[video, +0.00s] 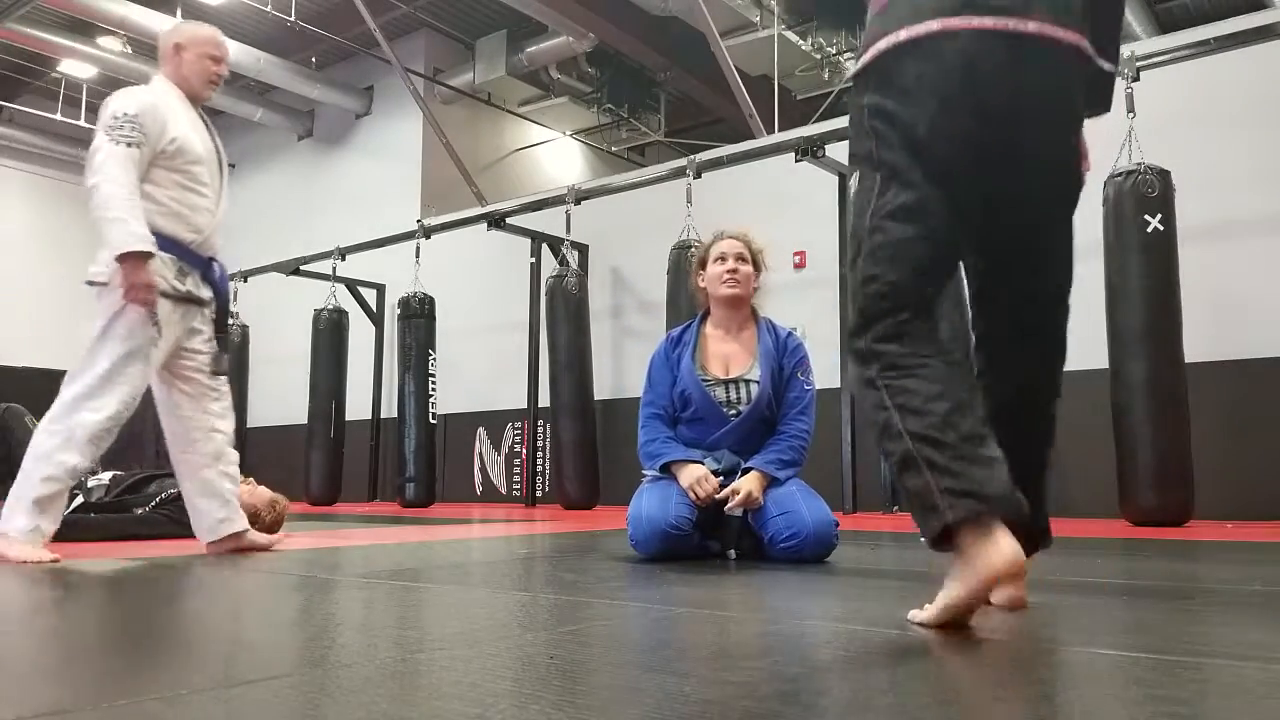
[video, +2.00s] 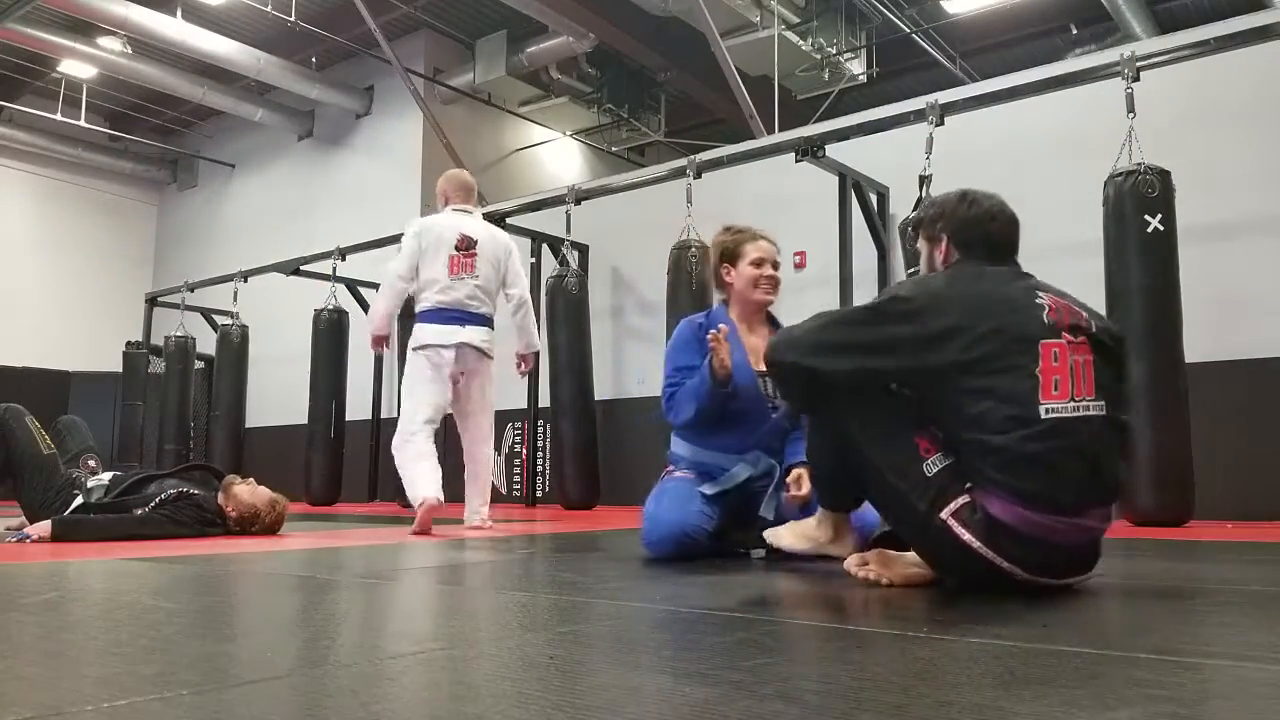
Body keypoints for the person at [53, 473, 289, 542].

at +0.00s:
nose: (247, 478)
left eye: (252, 488)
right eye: (254, 481)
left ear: (246, 513)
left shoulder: (195, 517)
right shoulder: (209, 487)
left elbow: (124, 525)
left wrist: (54, 524)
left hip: (73, 503)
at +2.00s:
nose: (247, 476)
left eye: (249, 488)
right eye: (255, 483)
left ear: (233, 511)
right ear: (236, 505)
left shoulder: (197, 513)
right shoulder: (215, 490)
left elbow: (129, 524)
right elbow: (154, 485)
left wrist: (56, 526)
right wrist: (113, 480)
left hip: (68, 499)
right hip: (101, 484)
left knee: (11, 414)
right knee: (68, 421)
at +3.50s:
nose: (248, 477)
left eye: (250, 488)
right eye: (257, 483)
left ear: (234, 510)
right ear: (235, 504)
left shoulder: (199, 513)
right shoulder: (218, 490)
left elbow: (130, 524)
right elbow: (158, 483)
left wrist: (55, 526)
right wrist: (115, 478)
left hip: (70, 500)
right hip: (103, 485)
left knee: (11, 414)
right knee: (69, 421)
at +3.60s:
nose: (248, 477)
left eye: (250, 488)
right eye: (256, 483)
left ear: (234, 510)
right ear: (236, 504)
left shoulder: (198, 513)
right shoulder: (218, 490)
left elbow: (130, 525)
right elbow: (157, 483)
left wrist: (56, 526)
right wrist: (114, 479)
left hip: (69, 501)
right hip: (102, 486)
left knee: (11, 414)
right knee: (69, 421)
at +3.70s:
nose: (247, 479)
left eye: (250, 489)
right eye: (255, 484)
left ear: (234, 510)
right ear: (236, 505)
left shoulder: (199, 513)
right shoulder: (216, 490)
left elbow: (130, 525)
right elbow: (155, 483)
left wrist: (56, 526)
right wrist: (114, 479)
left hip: (69, 501)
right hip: (101, 486)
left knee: (11, 414)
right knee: (70, 421)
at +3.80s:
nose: (251, 478)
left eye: (252, 489)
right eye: (259, 485)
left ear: (233, 509)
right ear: (237, 502)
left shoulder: (198, 513)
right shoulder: (217, 484)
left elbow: (130, 525)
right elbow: (158, 482)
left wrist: (56, 526)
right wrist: (116, 480)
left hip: (68, 499)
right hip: (101, 484)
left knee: (11, 414)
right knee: (70, 422)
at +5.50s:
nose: (210, 469)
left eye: (219, 476)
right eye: (218, 466)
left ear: (232, 501)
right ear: (222, 466)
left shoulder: (197, 512)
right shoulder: (209, 484)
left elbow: (128, 524)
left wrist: (56, 527)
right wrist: (110, 480)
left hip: (67, 502)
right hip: (100, 485)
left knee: (11, 416)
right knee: (73, 422)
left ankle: (14, 501)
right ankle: (31, 503)